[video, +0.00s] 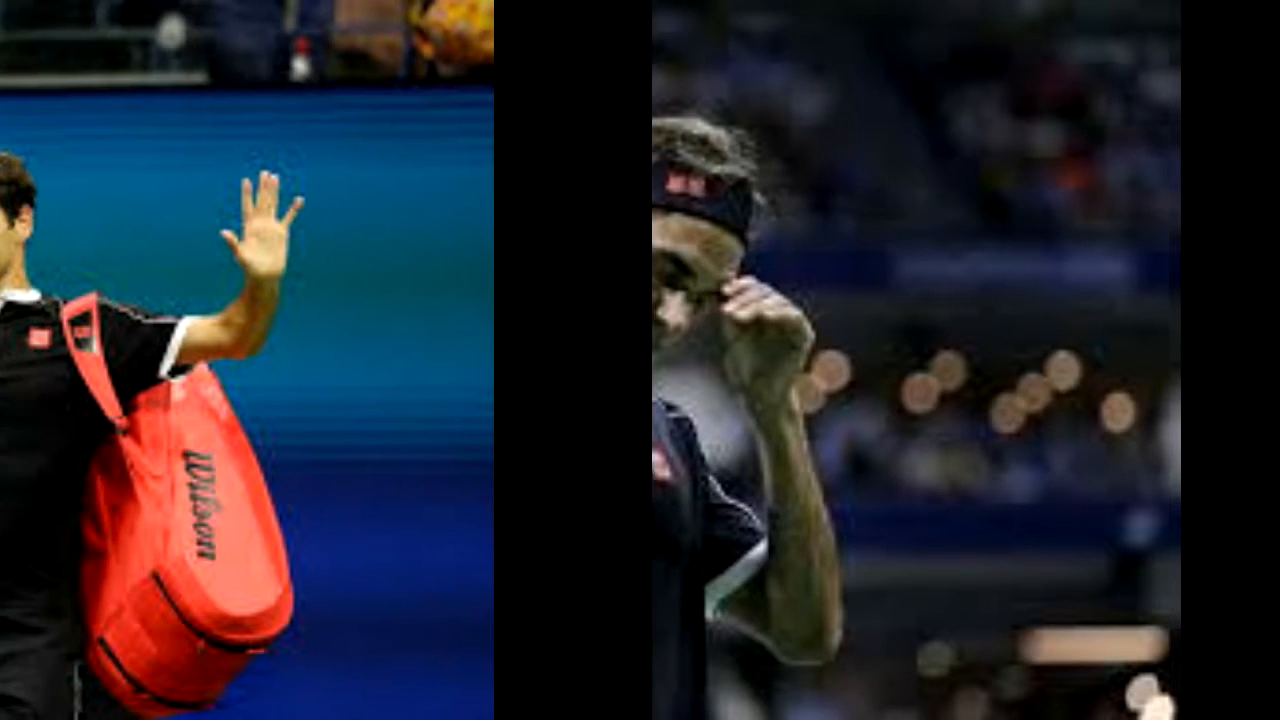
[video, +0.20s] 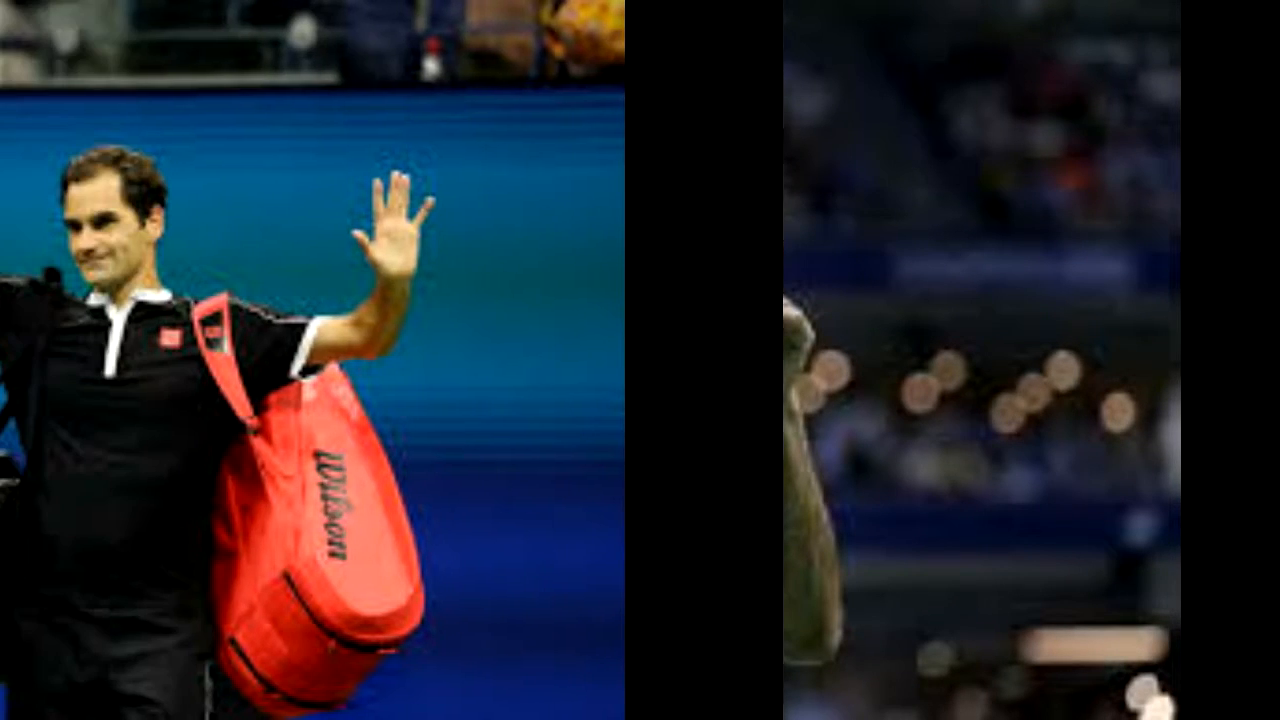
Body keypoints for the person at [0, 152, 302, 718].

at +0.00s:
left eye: (2, 215)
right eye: (3, 215)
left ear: (23, 221)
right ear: (20, 221)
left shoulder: (77, 332)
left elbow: (233, 335)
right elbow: (233, 334)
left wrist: (263, 283)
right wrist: (264, 283)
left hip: (31, 622)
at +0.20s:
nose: (86, 242)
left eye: (103, 223)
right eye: (74, 227)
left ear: (152, 222)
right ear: (64, 233)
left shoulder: (215, 329)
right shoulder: (34, 323)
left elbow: (363, 337)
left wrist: (393, 285)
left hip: (159, 623)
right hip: (48, 617)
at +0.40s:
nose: (218, 242)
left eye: (236, 222)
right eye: (205, 227)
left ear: (283, 223)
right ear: (195, 234)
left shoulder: (351, 331)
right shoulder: (166, 319)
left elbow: (497, 336)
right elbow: (38, 252)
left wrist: (525, 282)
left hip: (293, 628)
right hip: (181, 625)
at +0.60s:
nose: (347, 242)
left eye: (365, 224)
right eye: (336, 228)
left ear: (413, 225)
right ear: (327, 235)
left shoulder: (482, 329)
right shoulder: (295, 317)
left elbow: (628, 336)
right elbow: (164, 251)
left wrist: (656, 284)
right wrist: (95, 133)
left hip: (424, 627)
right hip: (310, 624)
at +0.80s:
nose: (477, 242)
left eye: (495, 224)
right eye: (466, 228)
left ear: (543, 225)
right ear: (456, 235)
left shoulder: (611, 329)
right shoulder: (424, 317)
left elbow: (757, 336)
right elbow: (294, 251)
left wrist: (786, 284)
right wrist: (225, 133)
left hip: (553, 628)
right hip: (439, 625)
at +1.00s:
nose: (581, 242)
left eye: (599, 224)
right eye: (570, 228)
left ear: (647, 225)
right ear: (560, 235)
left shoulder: (716, 329)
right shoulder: (529, 317)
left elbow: (861, 336)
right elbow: (398, 251)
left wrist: (889, 284)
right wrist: (328, 133)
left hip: (658, 627)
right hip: (543, 624)